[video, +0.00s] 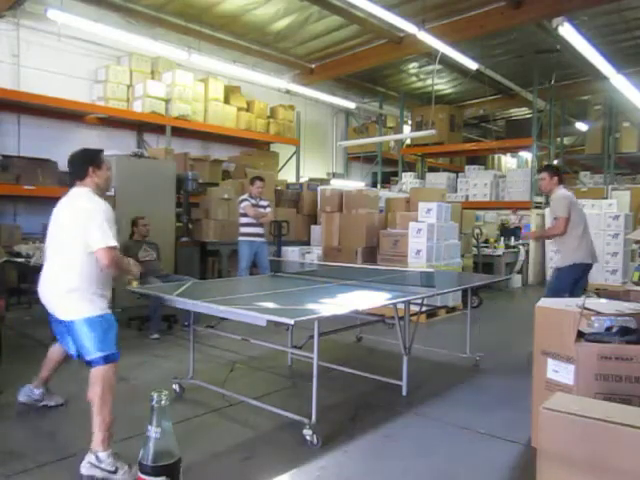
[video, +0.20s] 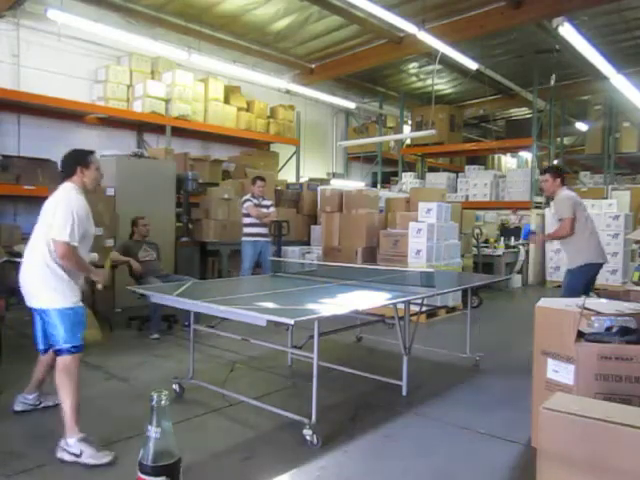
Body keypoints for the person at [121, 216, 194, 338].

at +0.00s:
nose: (147, 228)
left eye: (148, 225)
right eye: (143, 226)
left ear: (149, 227)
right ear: (135, 229)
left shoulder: (153, 245)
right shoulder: (128, 246)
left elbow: (157, 263)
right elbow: (123, 264)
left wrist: (161, 272)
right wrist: (134, 271)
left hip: (159, 275)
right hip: (143, 276)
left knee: (190, 282)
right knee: (159, 290)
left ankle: (187, 321)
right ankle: (153, 329)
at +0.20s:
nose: (147, 228)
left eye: (148, 226)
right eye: (144, 226)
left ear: (149, 227)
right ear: (135, 228)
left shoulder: (153, 245)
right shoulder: (128, 245)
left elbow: (157, 263)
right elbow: (113, 256)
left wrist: (161, 272)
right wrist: (130, 260)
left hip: (161, 275)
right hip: (145, 276)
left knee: (192, 283)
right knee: (159, 292)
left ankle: (189, 322)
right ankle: (154, 330)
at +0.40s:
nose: (147, 228)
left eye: (148, 226)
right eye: (144, 226)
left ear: (149, 227)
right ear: (135, 228)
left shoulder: (154, 245)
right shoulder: (128, 244)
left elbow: (157, 263)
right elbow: (112, 256)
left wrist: (161, 272)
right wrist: (130, 260)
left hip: (161, 275)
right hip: (145, 276)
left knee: (192, 283)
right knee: (159, 291)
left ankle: (188, 322)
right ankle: (154, 330)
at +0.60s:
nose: (147, 228)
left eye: (148, 226)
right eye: (144, 226)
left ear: (149, 227)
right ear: (135, 228)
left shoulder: (154, 245)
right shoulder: (128, 244)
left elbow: (158, 263)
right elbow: (112, 256)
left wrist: (161, 272)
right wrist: (130, 261)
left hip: (161, 275)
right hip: (145, 277)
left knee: (192, 283)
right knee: (159, 291)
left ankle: (188, 322)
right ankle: (154, 330)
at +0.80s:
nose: (147, 228)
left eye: (148, 226)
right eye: (144, 226)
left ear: (149, 227)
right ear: (135, 228)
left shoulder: (154, 245)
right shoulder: (128, 244)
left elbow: (157, 263)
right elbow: (111, 256)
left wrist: (161, 273)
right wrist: (130, 260)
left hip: (162, 275)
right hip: (145, 277)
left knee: (192, 283)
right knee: (159, 290)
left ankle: (188, 322)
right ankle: (154, 330)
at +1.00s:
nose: (147, 228)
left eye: (147, 226)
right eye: (143, 226)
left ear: (149, 228)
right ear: (134, 228)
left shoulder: (154, 245)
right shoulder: (128, 244)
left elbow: (158, 263)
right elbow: (112, 256)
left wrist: (161, 272)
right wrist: (130, 260)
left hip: (161, 275)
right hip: (145, 277)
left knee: (192, 283)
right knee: (159, 291)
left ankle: (188, 322)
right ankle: (154, 330)